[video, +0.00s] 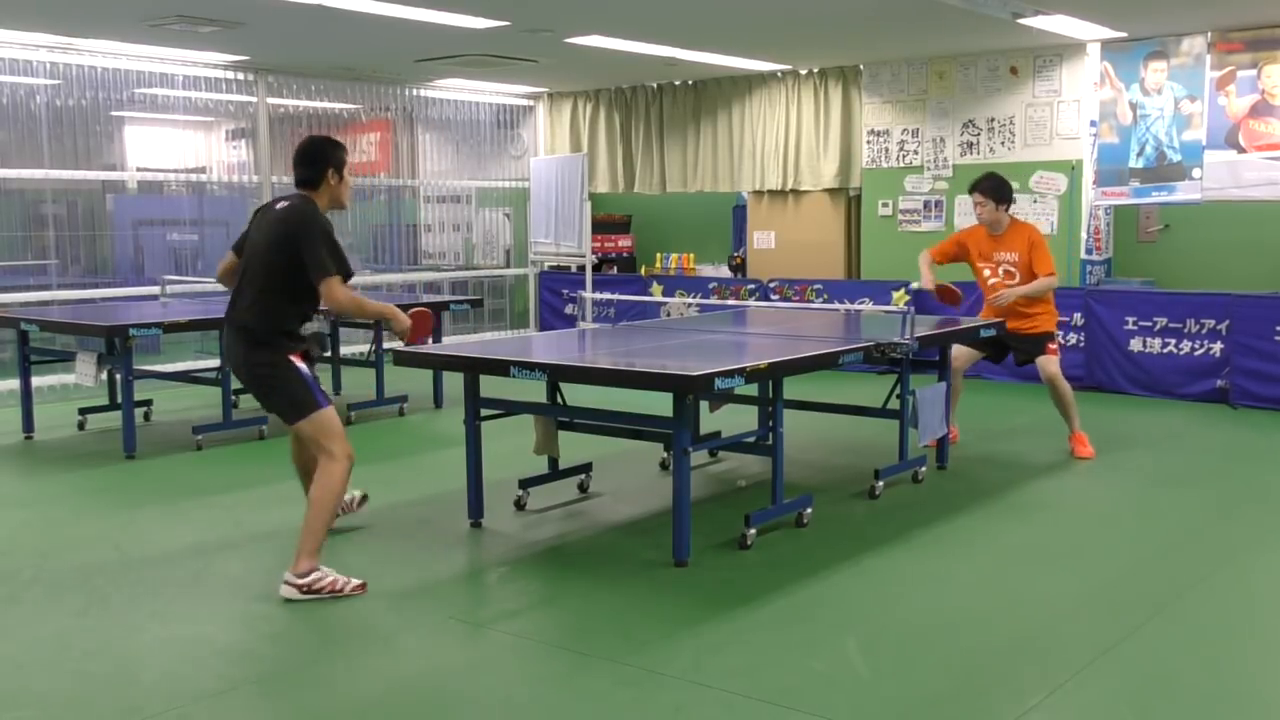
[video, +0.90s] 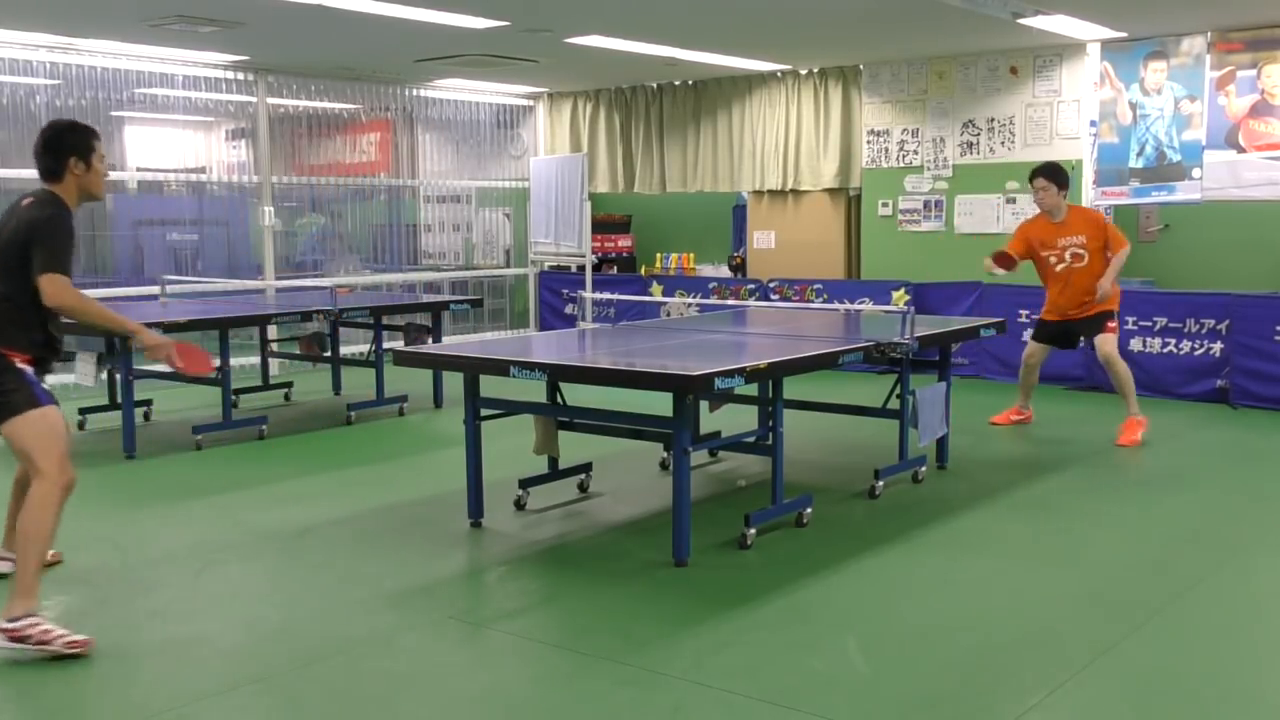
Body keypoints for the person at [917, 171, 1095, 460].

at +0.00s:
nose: (977, 211)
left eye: (982, 205)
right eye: (975, 205)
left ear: (1003, 206)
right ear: (973, 206)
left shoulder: (1029, 234)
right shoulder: (970, 238)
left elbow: (1050, 280)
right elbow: (926, 255)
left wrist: (1016, 292)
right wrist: (927, 276)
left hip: (1035, 322)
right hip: (993, 321)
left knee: (1051, 374)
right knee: (953, 361)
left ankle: (1076, 433)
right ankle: (947, 427)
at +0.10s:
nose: (966, 205)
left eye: (972, 200)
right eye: (965, 200)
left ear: (992, 202)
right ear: (965, 201)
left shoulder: (1019, 231)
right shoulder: (959, 235)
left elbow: (1044, 273)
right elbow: (921, 247)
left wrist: (1013, 289)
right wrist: (906, 242)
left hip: (1033, 319)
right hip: (991, 319)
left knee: (1049, 370)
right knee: (952, 359)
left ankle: (1076, 433)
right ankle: (948, 428)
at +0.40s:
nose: (989, 193)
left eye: (996, 187)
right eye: (987, 188)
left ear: (1015, 191)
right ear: (986, 191)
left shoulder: (1039, 224)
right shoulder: (981, 230)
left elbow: (1065, 262)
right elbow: (949, 261)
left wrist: (1036, 273)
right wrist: (926, 252)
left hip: (1042, 318)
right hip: (1000, 318)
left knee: (1055, 375)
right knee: (968, 360)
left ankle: (1076, 423)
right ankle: (949, 425)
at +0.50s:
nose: (1001, 184)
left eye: (1008, 178)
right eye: (999, 179)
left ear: (1027, 181)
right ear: (999, 182)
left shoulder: (1052, 216)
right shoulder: (999, 220)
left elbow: (1076, 256)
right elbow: (975, 256)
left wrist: (1046, 271)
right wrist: (945, 261)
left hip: (1053, 312)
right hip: (1015, 311)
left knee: (1058, 368)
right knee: (988, 355)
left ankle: (1075, 424)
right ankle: (957, 417)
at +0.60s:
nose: (1009, 175)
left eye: (1016, 169)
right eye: (1007, 170)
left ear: (1034, 173)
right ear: (1006, 174)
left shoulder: (1058, 208)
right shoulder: (1005, 212)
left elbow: (1083, 248)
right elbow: (991, 251)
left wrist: (1055, 273)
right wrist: (969, 266)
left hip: (1065, 299)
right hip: (1025, 298)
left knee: (1073, 357)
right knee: (996, 347)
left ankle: (1085, 421)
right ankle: (994, 409)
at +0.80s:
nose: (1025, 197)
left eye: (1031, 190)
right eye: (1022, 191)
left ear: (1050, 192)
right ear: (1020, 194)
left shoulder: (1077, 225)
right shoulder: (1020, 231)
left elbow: (1100, 264)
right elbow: (1008, 270)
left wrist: (1076, 292)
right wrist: (1003, 285)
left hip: (1079, 309)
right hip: (1041, 309)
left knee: (1086, 365)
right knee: (1016, 360)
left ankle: (1121, 421)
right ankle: (1022, 410)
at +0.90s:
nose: (1037, 197)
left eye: (1043, 190)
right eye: (1034, 191)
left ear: (1062, 191)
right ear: (1032, 193)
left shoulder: (1091, 219)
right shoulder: (1029, 229)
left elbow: (1123, 248)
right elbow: (1010, 258)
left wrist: (1108, 278)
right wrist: (995, 263)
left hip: (1098, 304)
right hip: (1057, 308)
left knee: (1107, 353)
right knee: (1030, 358)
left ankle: (1135, 417)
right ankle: (1023, 409)